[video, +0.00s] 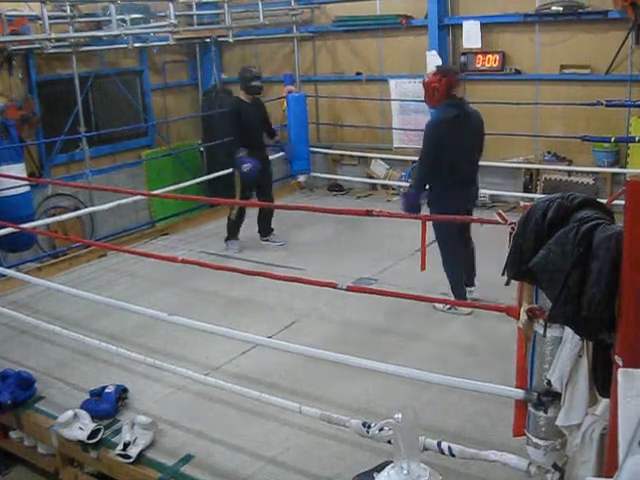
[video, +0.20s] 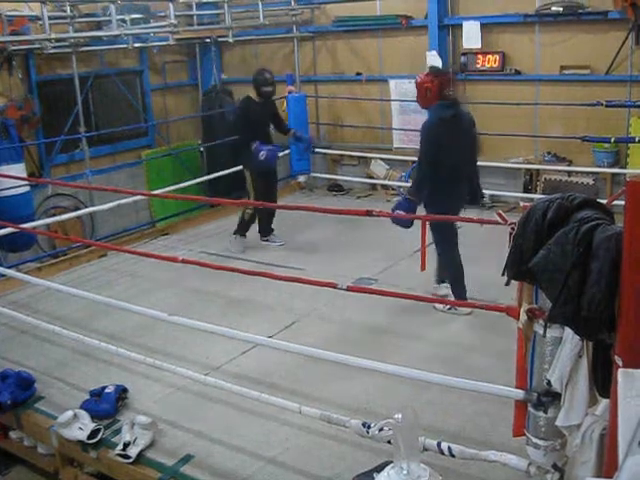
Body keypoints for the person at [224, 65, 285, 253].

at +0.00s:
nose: (258, 85)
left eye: (259, 81)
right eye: (253, 82)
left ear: (260, 82)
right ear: (243, 84)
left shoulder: (258, 104)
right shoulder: (235, 106)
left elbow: (265, 124)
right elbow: (233, 133)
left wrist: (274, 136)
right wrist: (240, 154)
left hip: (261, 154)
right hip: (244, 156)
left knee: (266, 197)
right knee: (241, 198)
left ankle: (266, 233)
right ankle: (232, 237)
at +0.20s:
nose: (269, 89)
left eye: (271, 85)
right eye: (264, 85)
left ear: (274, 85)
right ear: (256, 86)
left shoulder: (269, 104)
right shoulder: (246, 104)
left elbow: (279, 125)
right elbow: (242, 132)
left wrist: (295, 135)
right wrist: (255, 148)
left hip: (268, 154)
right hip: (251, 156)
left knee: (270, 196)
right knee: (257, 197)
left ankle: (266, 234)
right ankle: (240, 233)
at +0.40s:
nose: (279, 87)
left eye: (281, 83)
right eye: (275, 83)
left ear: (283, 84)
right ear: (266, 85)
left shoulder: (281, 103)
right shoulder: (253, 105)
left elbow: (294, 123)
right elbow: (251, 131)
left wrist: (310, 129)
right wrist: (266, 141)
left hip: (273, 153)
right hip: (255, 154)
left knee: (275, 196)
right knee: (269, 197)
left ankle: (271, 233)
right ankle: (266, 236)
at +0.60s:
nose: (289, 91)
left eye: (290, 87)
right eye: (284, 87)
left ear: (293, 88)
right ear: (275, 89)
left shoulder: (293, 105)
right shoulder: (265, 108)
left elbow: (310, 125)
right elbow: (264, 137)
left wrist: (321, 121)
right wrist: (278, 131)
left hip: (287, 157)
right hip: (269, 158)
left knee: (283, 197)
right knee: (282, 198)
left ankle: (266, 230)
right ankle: (296, 238)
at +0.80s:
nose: (298, 92)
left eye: (300, 87)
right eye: (294, 88)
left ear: (303, 88)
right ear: (284, 90)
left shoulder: (304, 105)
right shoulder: (274, 109)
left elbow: (322, 124)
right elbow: (277, 133)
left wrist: (330, 113)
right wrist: (291, 121)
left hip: (301, 160)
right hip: (282, 162)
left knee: (311, 200)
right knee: (291, 202)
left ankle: (291, 217)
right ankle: (297, 240)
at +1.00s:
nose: (306, 97)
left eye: (309, 93)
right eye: (302, 93)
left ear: (313, 92)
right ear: (295, 92)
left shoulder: (316, 106)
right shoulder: (286, 107)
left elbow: (333, 127)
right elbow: (288, 130)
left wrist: (338, 113)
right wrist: (301, 116)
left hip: (313, 159)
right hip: (293, 161)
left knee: (329, 196)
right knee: (298, 203)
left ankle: (336, 231)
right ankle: (299, 241)